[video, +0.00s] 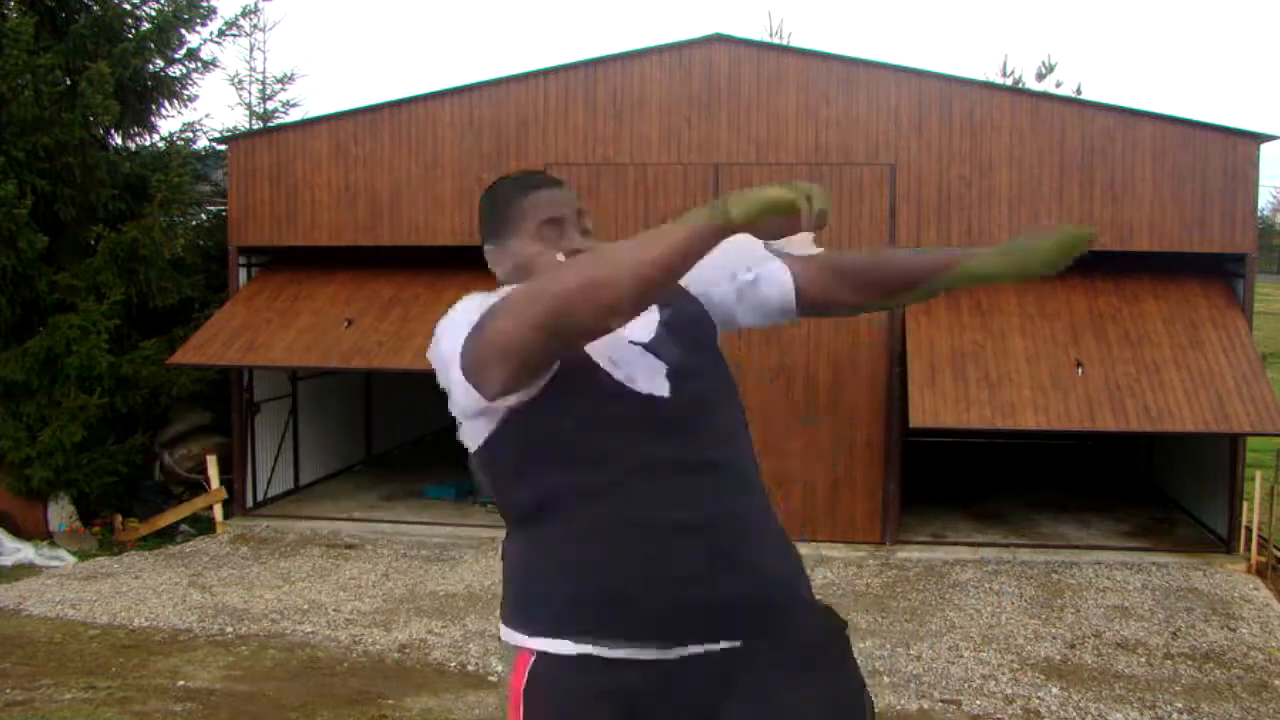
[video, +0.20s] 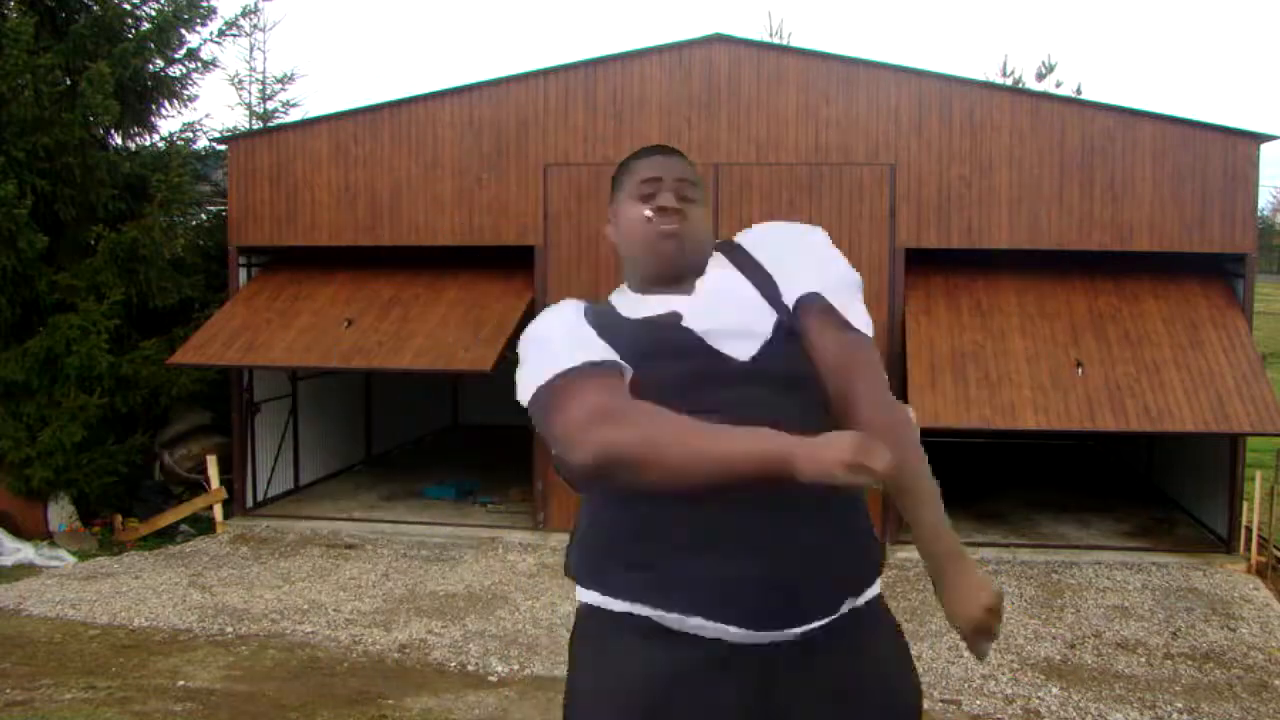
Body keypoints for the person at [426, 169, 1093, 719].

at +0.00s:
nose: (576, 237)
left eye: (581, 221)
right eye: (547, 226)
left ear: (597, 229)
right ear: (495, 261)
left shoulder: (683, 281)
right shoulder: (470, 336)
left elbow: (832, 280)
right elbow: (566, 305)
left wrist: (989, 261)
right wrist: (719, 217)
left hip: (772, 652)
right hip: (594, 672)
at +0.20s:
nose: (669, 203)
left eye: (687, 193)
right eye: (646, 193)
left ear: (712, 224)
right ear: (612, 228)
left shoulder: (788, 251)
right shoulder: (568, 326)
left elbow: (870, 403)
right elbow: (593, 439)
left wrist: (949, 562)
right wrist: (794, 452)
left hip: (837, 639)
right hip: (652, 648)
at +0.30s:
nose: (685, 190)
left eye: (706, 184)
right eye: (663, 186)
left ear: (736, 216)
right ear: (640, 229)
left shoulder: (810, 266)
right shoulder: (593, 342)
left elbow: (878, 434)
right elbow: (588, 477)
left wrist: (896, 619)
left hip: (821, 641)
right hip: (658, 646)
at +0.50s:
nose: (732, 210)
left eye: (752, 204)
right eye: (715, 200)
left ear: (780, 239)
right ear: (684, 229)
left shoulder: (830, 315)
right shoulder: (617, 275)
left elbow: (836, 412)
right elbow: (493, 294)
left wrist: (763, 309)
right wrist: (377, 331)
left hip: (840, 667)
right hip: (671, 679)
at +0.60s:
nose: (708, 195)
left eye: (725, 181)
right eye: (685, 186)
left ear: (753, 196)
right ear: (653, 208)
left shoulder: (816, 248)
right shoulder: (599, 300)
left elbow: (743, 288)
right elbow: (455, 310)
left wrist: (574, 271)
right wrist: (334, 276)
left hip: (811, 628)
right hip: (628, 633)